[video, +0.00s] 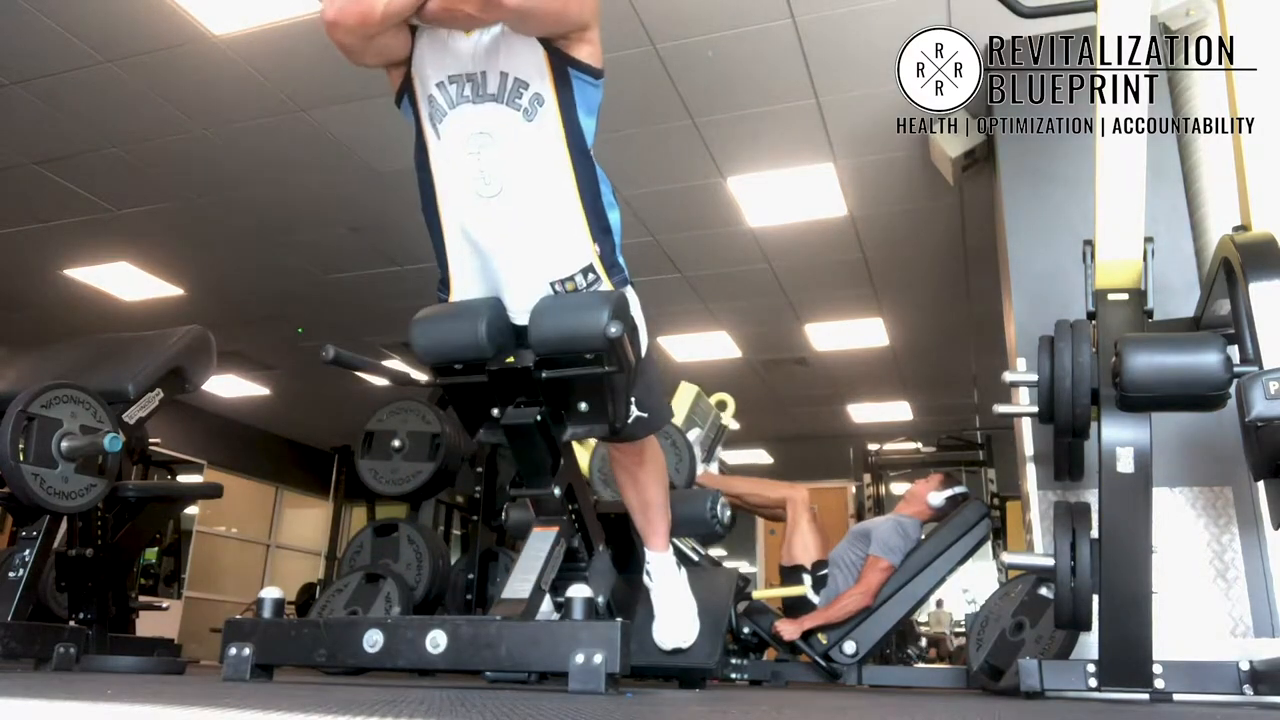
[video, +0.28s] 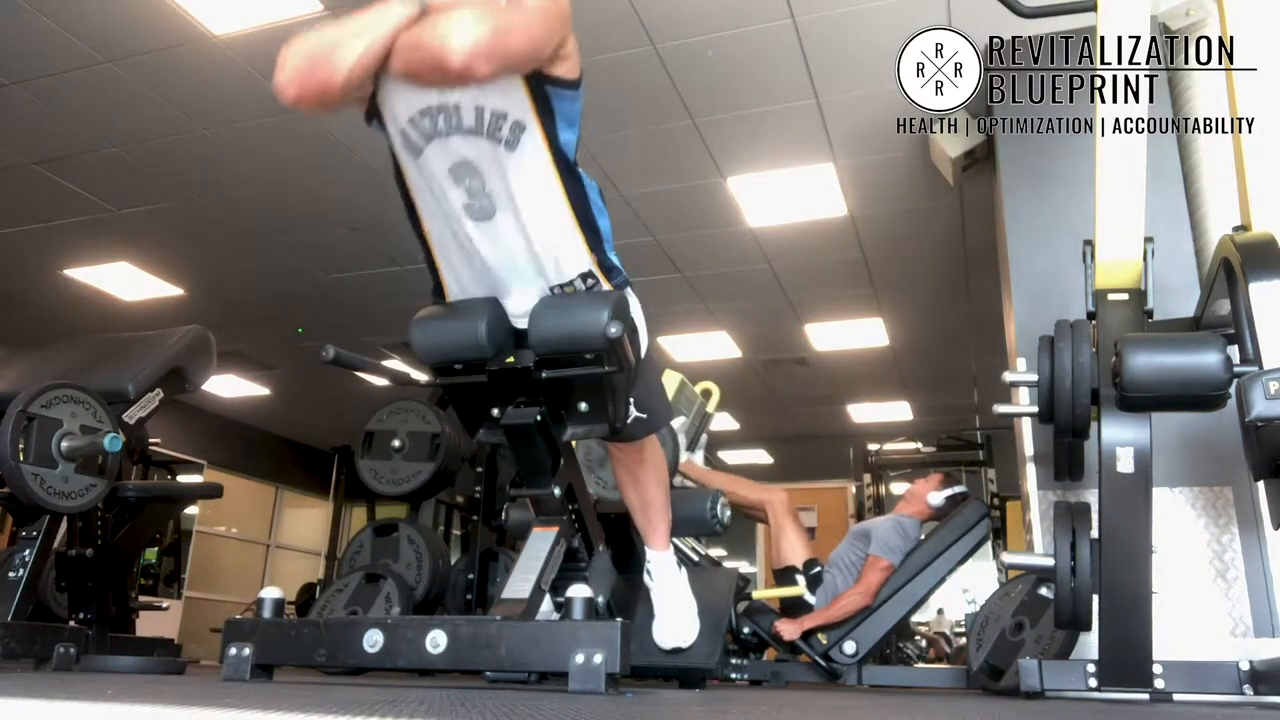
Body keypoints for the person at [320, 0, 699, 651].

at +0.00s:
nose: (450, 6)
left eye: (457, 1)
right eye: (441, 5)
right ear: (431, 4)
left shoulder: (570, 16)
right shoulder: (413, 48)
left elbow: (486, 11)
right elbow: (340, 15)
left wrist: (412, 6)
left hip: (582, 277)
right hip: (477, 293)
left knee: (628, 422)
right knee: (514, 437)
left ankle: (659, 561)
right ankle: (545, 542)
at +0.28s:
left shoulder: (542, 11)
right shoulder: (379, 49)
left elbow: (463, 51)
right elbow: (293, 82)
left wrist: (363, 40)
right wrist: (407, 7)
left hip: (577, 283)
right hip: (475, 303)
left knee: (629, 426)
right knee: (520, 437)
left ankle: (660, 559)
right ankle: (546, 530)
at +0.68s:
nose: (329, 141)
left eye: (346, 113)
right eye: (311, 118)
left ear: (401, 81)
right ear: (295, 106)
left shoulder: (491, 146)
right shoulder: (296, 190)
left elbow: (463, 326)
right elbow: (288, 350)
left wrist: (349, 270)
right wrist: (387, 254)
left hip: (571, 298)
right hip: (470, 329)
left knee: (625, 410)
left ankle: (661, 563)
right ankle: (550, 529)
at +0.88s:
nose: (334, 289)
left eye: (348, 266)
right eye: (315, 271)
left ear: (396, 214)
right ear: (294, 243)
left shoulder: (494, 234)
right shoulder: (302, 278)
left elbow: (491, 433)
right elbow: (320, 451)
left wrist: (365, 370)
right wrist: (416, 373)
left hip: (575, 296)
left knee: (631, 425)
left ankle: (662, 561)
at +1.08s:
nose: (358, 386)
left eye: (371, 366)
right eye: (340, 373)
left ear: (412, 307)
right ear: (310, 339)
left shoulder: (504, 305)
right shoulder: (318, 336)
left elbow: (520, 492)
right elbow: (353, 501)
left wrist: (390, 439)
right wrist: (434, 460)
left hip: (573, 270)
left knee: (632, 430)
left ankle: (662, 563)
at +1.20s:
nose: (360, 400)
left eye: (376, 379)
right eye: (341, 383)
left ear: (414, 321)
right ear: (310, 354)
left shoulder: (505, 320)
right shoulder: (319, 356)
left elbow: (523, 501)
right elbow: (361, 508)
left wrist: (399, 444)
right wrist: (438, 472)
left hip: (569, 262)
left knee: (632, 421)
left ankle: (662, 562)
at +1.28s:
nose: (355, 385)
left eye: (367, 367)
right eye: (338, 371)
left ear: (411, 307)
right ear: (310, 339)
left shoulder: (504, 305)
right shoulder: (319, 339)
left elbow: (518, 491)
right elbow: (357, 498)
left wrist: (393, 434)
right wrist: (434, 456)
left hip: (572, 266)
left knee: (632, 420)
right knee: (405, 444)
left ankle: (663, 564)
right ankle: (398, 575)